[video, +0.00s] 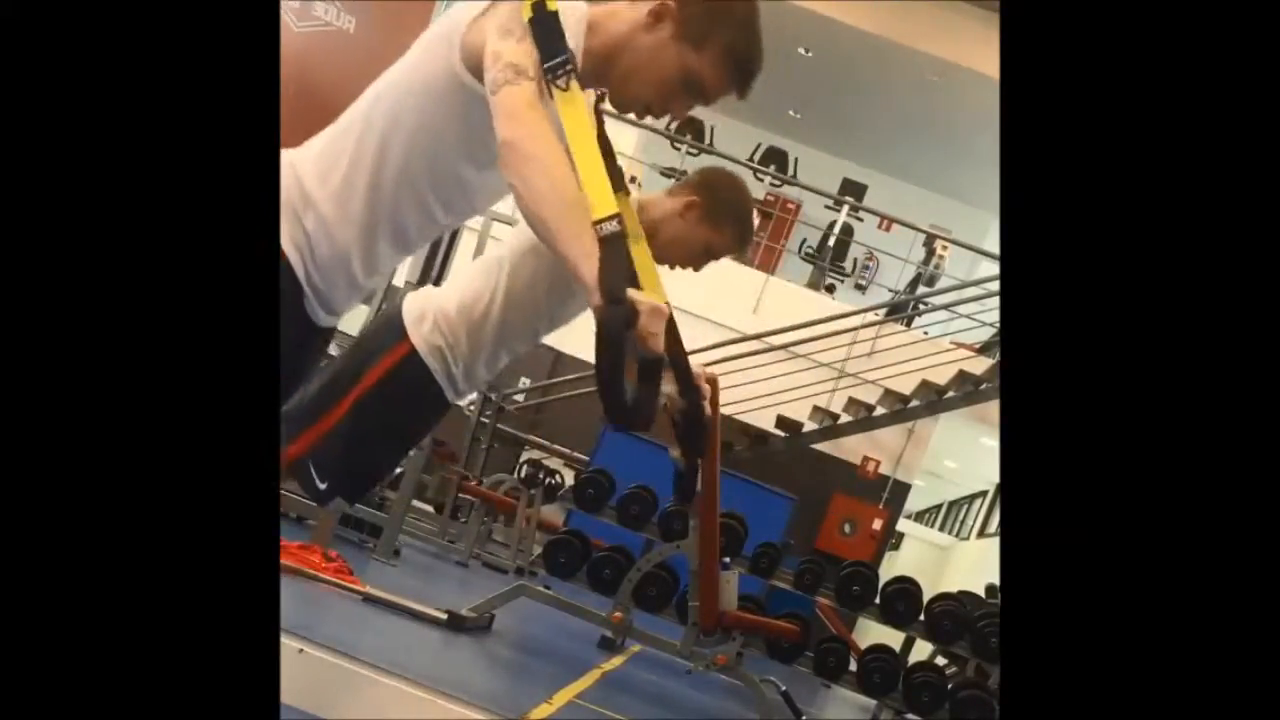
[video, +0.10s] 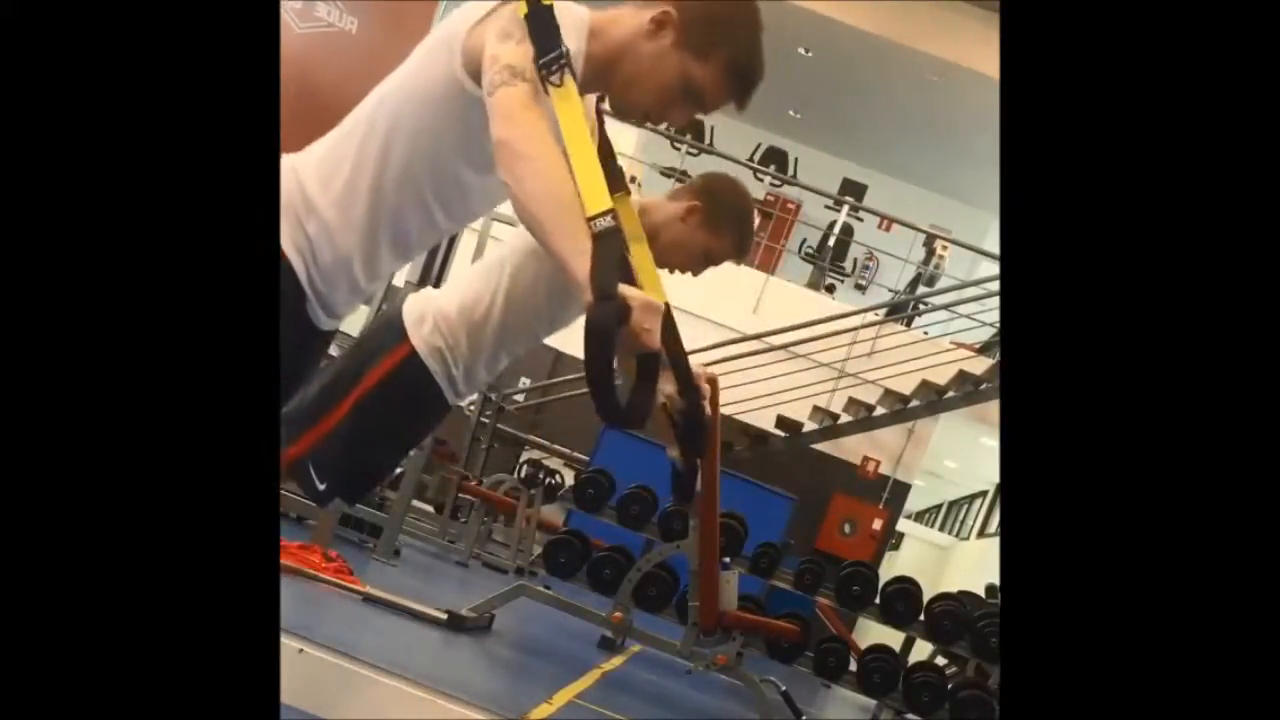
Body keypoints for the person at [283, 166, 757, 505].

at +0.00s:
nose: (697, 267)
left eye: (709, 260)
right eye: (707, 252)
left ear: (684, 208)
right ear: (687, 210)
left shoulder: (626, 249)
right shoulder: (614, 224)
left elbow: (643, 336)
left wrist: (677, 383)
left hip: (443, 368)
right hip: (422, 344)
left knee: (322, 486)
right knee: (292, 463)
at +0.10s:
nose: (694, 271)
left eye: (707, 265)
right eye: (706, 257)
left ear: (686, 213)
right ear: (689, 214)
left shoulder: (627, 252)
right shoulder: (608, 213)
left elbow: (631, 345)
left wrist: (673, 396)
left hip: (446, 373)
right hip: (422, 346)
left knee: (323, 491)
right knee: (294, 470)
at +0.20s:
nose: (694, 277)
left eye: (707, 272)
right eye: (706, 264)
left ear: (688, 220)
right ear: (691, 220)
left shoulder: (630, 253)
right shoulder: (608, 210)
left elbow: (643, 337)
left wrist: (680, 385)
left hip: (450, 378)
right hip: (423, 348)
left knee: (329, 488)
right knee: (298, 471)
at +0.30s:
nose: (697, 286)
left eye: (711, 281)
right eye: (710, 272)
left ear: (693, 226)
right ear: (695, 229)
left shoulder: (629, 257)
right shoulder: (615, 221)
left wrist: (675, 389)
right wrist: (672, 390)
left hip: (445, 386)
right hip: (423, 362)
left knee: (319, 502)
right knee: (296, 486)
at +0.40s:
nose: (705, 302)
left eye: (718, 298)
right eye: (716, 288)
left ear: (703, 245)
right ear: (705, 244)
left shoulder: (641, 280)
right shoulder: (626, 237)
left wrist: (679, 391)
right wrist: (677, 379)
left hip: (450, 392)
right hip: (427, 369)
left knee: (325, 508)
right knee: (298, 490)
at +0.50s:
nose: (720, 345)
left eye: (734, 342)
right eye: (727, 330)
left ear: (718, 292)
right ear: (716, 285)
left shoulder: (662, 326)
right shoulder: (644, 272)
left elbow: (652, 408)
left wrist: (695, 420)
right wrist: (691, 373)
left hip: (461, 408)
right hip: (440, 384)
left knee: (336, 516)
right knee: (310, 501)